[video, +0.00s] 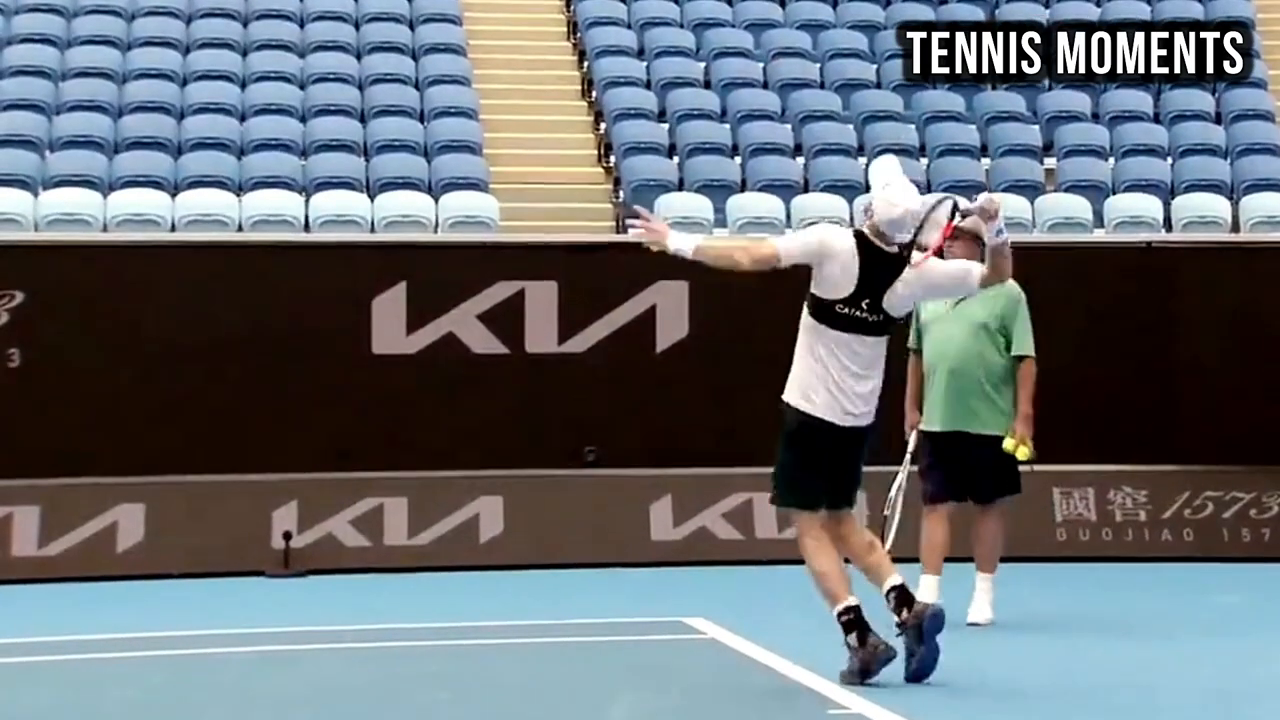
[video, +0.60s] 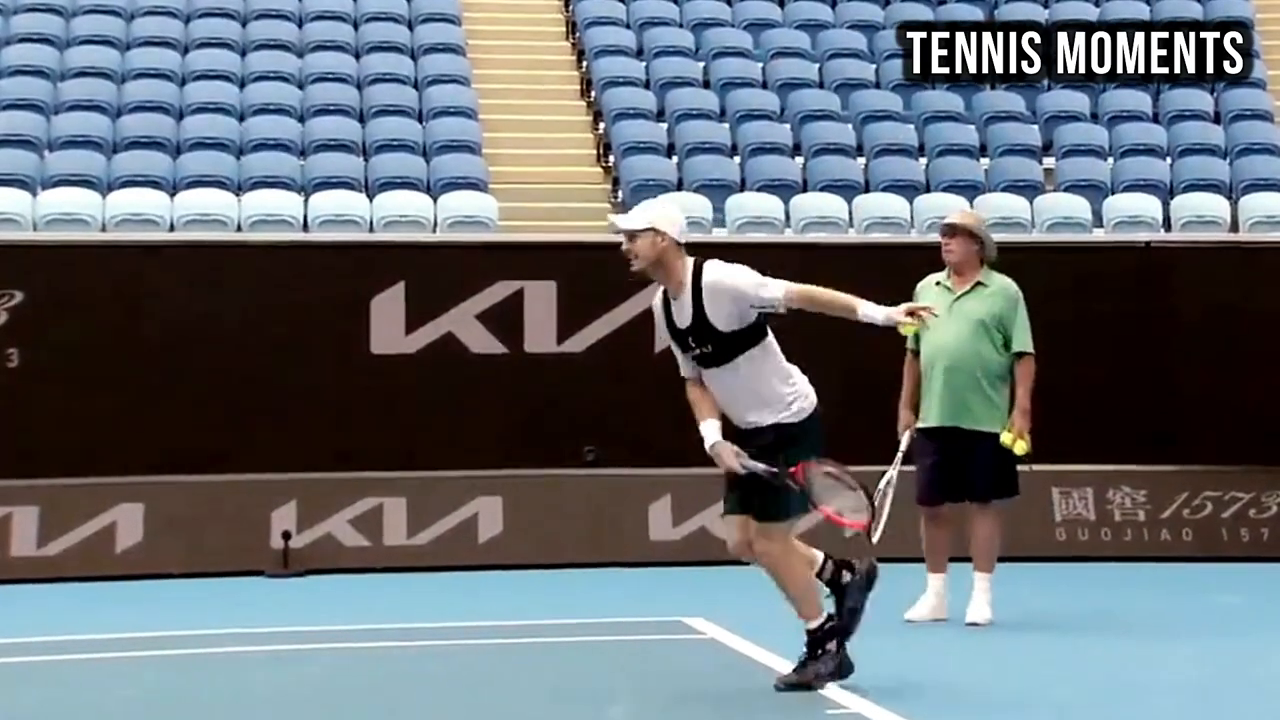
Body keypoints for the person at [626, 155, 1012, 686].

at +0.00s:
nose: (867, 206)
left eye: (871, 204)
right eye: (885, 207)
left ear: (868, 214)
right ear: (911, 227)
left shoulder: (829, 242)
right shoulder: (918, 274)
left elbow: (750, 257)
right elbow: (997, 272)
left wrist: (674, 242)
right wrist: (993, 229)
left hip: (810, 409)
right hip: (859, 417)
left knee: (810, 529)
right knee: (844, 522)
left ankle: (860, 639)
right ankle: (908, 609)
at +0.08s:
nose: (834, 173)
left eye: (837, 171)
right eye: (844, 172)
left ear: (835, 184)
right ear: (866, 192)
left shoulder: (804, 241)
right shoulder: (874, 226)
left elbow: (771, 318)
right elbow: (911, 189)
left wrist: (710, 332)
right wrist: (940, 180)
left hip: (811, 385)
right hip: (858, 382)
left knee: (817, 513)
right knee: (861, 494)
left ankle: (850, 634)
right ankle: (902, 599)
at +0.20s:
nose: (759, 165)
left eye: (767, 161)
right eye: (763, 158)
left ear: (787, 180)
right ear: (786, 179)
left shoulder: (801, 254)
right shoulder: (787, 203)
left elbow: (791, 335)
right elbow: (746, 123)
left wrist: (735, 315)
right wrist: (719, 53)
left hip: (840, 375)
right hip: (860, 362)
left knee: (814, 500)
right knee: (868, 479)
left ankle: (829, 625)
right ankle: (881, 601)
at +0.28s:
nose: (733, 188)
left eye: (742, 182)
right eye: (735, 181)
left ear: (771, 194)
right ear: (760, 194)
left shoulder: (800, 260)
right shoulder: (756, 225)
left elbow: (827, 342)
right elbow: (689, 196)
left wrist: (766, 367)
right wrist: (619, 187)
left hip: (843, 382)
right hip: (839, 371)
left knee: (807, 511)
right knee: (866, 483)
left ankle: (825, 643)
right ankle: (908, 595)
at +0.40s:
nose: (696, 235)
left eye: (705, 226)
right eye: (697, 227)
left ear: (734, 232)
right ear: (719, 237)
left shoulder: (784, 288)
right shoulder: (713, 291)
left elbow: (849, 350)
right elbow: (679, 356)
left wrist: (873, 423)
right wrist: (657, 419)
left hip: (830, 422)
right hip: (806, 422)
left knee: (786, 539)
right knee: (853, 525)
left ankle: (830, 655)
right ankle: (941, 569)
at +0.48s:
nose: (664, 258)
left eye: (673, 248)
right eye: (663, 249)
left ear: (703, 250)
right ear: (688, 255)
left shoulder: (761, 297)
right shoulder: (695, 313)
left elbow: (835, 333)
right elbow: (704, 396)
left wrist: (906, 373)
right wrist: (708, 463)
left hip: (816, 427)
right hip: (784, 432)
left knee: (769, 548)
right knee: (827, 540)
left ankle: (830, 653)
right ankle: (922, 553)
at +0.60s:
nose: (626, 247)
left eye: (635, 236)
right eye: (625, 238)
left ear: (665, 239)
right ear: (653, 243)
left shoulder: (723, 281)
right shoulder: (664, 304)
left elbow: (801, 296)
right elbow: (695, 381)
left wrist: (881, 314)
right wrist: (714, 440)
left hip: (788, 420)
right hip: (744, 428)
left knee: (771, 538)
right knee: (743, 539)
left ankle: (825, 646)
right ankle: (844, 575)